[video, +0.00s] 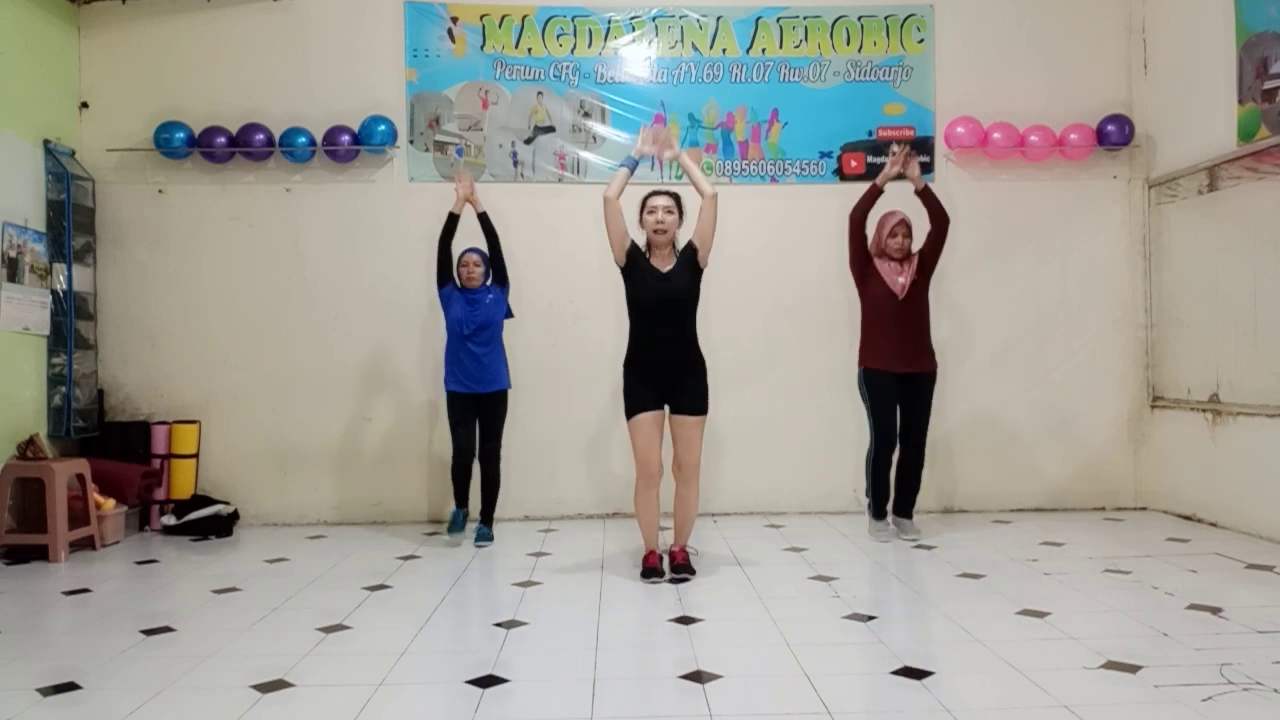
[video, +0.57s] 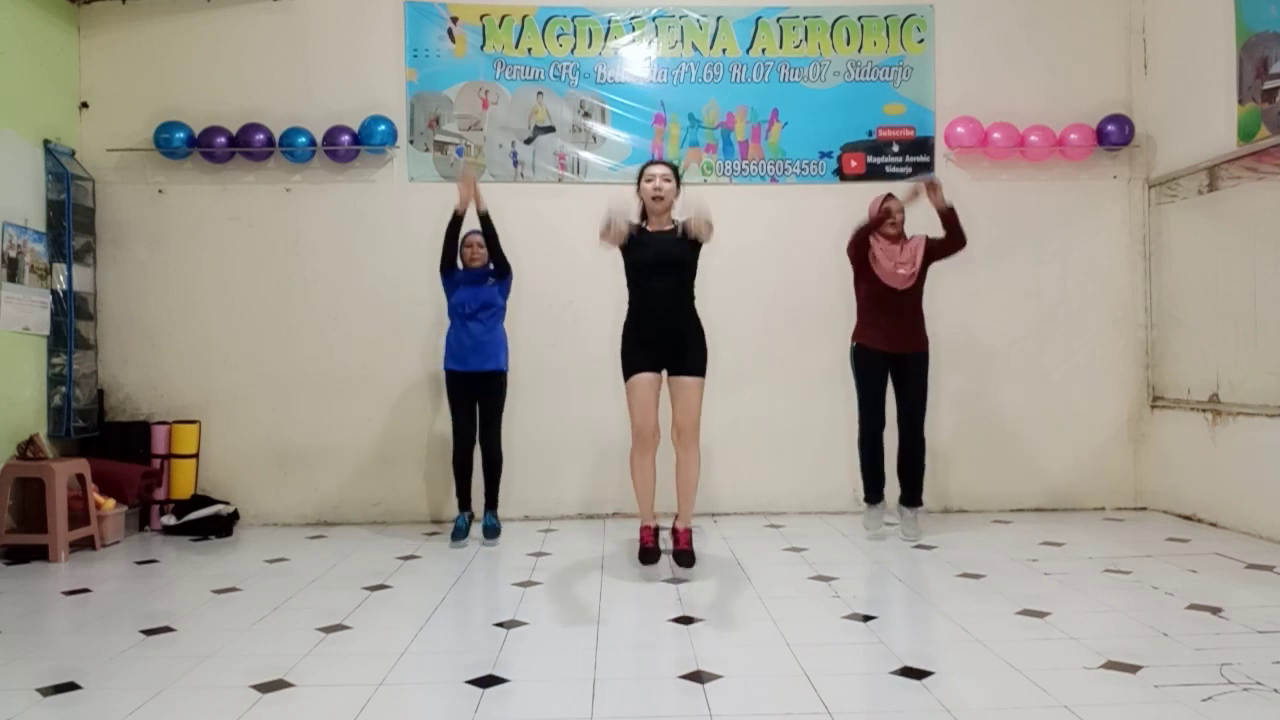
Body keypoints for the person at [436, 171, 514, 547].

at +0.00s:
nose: (469, 269)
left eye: (476, 265)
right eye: (465, 264)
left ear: (486, 270)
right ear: (457, 271)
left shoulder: (496, 293)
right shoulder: (450, 295)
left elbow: (497, 249)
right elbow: (443, 249)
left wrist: (476, 204)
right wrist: (458, 206)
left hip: (493, 386)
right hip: (459, 386)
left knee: (489, 456)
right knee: (462, 453)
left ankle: (486, 522)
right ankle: (460, 510)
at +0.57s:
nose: (473, 249)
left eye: (479, 245)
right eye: (468, 246)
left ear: (489, 252)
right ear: (461, 252)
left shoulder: (499, 278)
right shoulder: (453, 279)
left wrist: (478, 203)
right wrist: (460, 207)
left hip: (493, 366)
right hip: (459, 367)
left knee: (490, 439)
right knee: (463, 439)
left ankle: (491, 511)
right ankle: (464, 511)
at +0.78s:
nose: (477, 268)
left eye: (483, 264)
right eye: (472, 264)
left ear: (492, 271)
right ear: (464, 272)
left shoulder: (503, 301)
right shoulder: (453, 304)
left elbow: (500, 334)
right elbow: (452, 332)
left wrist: (483, 362)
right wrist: (466, 356)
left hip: (494, 385)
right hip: (459, 385)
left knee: (492, 453)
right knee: (464, 453)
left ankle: (492, 522)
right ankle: (471, 522)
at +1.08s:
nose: (478, 264)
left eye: (484, 261)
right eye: (472, 260)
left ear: (493, 269)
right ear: (464, 269)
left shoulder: (507, 304)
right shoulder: (452, 305)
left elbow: (518, 347)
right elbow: (431, 353)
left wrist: (523, 386)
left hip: (497, 391)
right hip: (463, 392)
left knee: (494, 460)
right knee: (468, 459)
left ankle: (493, 525)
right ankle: (471, 525)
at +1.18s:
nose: (477, 271)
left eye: (484, 267)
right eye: (472, 267)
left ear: (493, 276)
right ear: (464, 275)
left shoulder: (506, 309)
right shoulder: (454, 311)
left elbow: (522, 354)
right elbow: (429, 353)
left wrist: (534, 397)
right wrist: (432, 321)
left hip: (498, 398)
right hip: (463, 399)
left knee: (494, 464)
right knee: (470, 465)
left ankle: (493, 527)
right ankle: (472, 527)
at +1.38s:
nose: (477, 262)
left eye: (484, 259)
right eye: (472, 258)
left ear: (493, 267)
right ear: (464, 267)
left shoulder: (506, 300)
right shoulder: (456, 298)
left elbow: (518, 344)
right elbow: (432, 309)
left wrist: (529, 387)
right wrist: (443, 271)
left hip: (498, 388)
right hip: (464, 388)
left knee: (495, 456)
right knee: (469, 456)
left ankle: (494, 523)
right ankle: (471, 524)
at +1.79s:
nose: (480, 269)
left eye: (486, 265)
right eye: (475, 265)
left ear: (495, 272)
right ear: (467, 272)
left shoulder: (509, 305)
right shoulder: (459, 302)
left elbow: (522, 349)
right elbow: (445, 302)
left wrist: (505, 341)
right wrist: (455, 288)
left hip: (500, 392)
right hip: (466, 391)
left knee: (499, 459)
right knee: (473, 457)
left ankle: (499, 525)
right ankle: (470, 521)